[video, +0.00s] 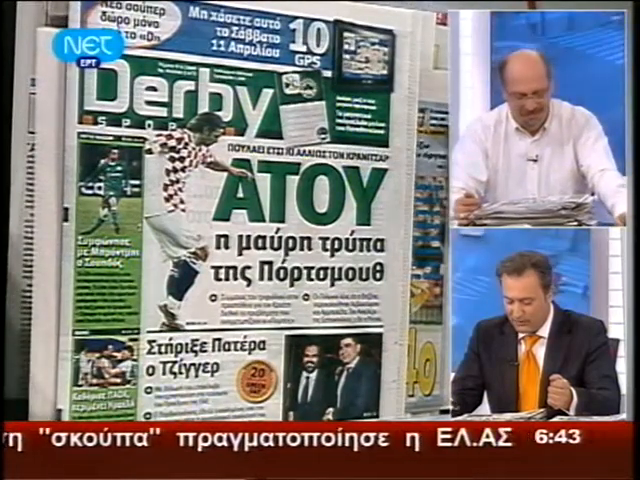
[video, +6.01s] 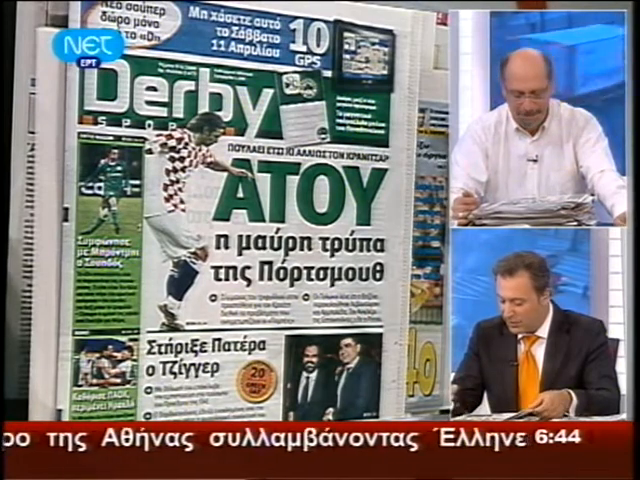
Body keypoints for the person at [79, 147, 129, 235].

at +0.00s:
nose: (115, 156)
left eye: (116, 154)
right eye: (113, 154)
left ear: (118, 155)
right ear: (109, 155)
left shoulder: (122, 165)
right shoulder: (104, 165)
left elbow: (126, 177)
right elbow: (95, 174)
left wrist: (128, 187)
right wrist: (86, 182)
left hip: (118, 189)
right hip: (108, 189)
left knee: (105, 213)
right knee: (113, 205)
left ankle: (91, 230)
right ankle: (116, 225)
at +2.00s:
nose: (115, 156)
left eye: (116, 154)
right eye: (113, 154)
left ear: (118, 155)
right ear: (109, 155)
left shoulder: (122, 165)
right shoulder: (104, 164)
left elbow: (126, 177)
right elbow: (96, 174)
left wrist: (128, 187)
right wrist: (86, 182)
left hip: (118, 189)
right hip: (108, 189)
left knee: (105, 213)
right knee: (113, 205)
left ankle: (90, 231)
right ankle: (116, 225)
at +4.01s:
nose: (115, 156)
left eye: (116, 154)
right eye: (113, 154)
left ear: (118, 155)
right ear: (109, 154)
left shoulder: (122, 165)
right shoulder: (104, 165)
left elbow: (126, 176)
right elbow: (95, 174)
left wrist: (127, 186)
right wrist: (85, 182)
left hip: (118, 190)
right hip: (108, 189)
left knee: (105, 213)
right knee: (113, 205)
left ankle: (91, 230)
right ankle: (116, 225)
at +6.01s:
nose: (115, 156)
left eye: (116, 154)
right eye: (113, 154)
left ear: (118, 155)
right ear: (109, 154)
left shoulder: (122, 165)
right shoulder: (104, 165)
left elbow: (126, 176)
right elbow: (95, 174)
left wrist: (127, 187)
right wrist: (85, 182)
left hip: (118, 190)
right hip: (108, 189)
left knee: (105, 213)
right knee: (113, 205)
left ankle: (91, 230)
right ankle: (116, 226)